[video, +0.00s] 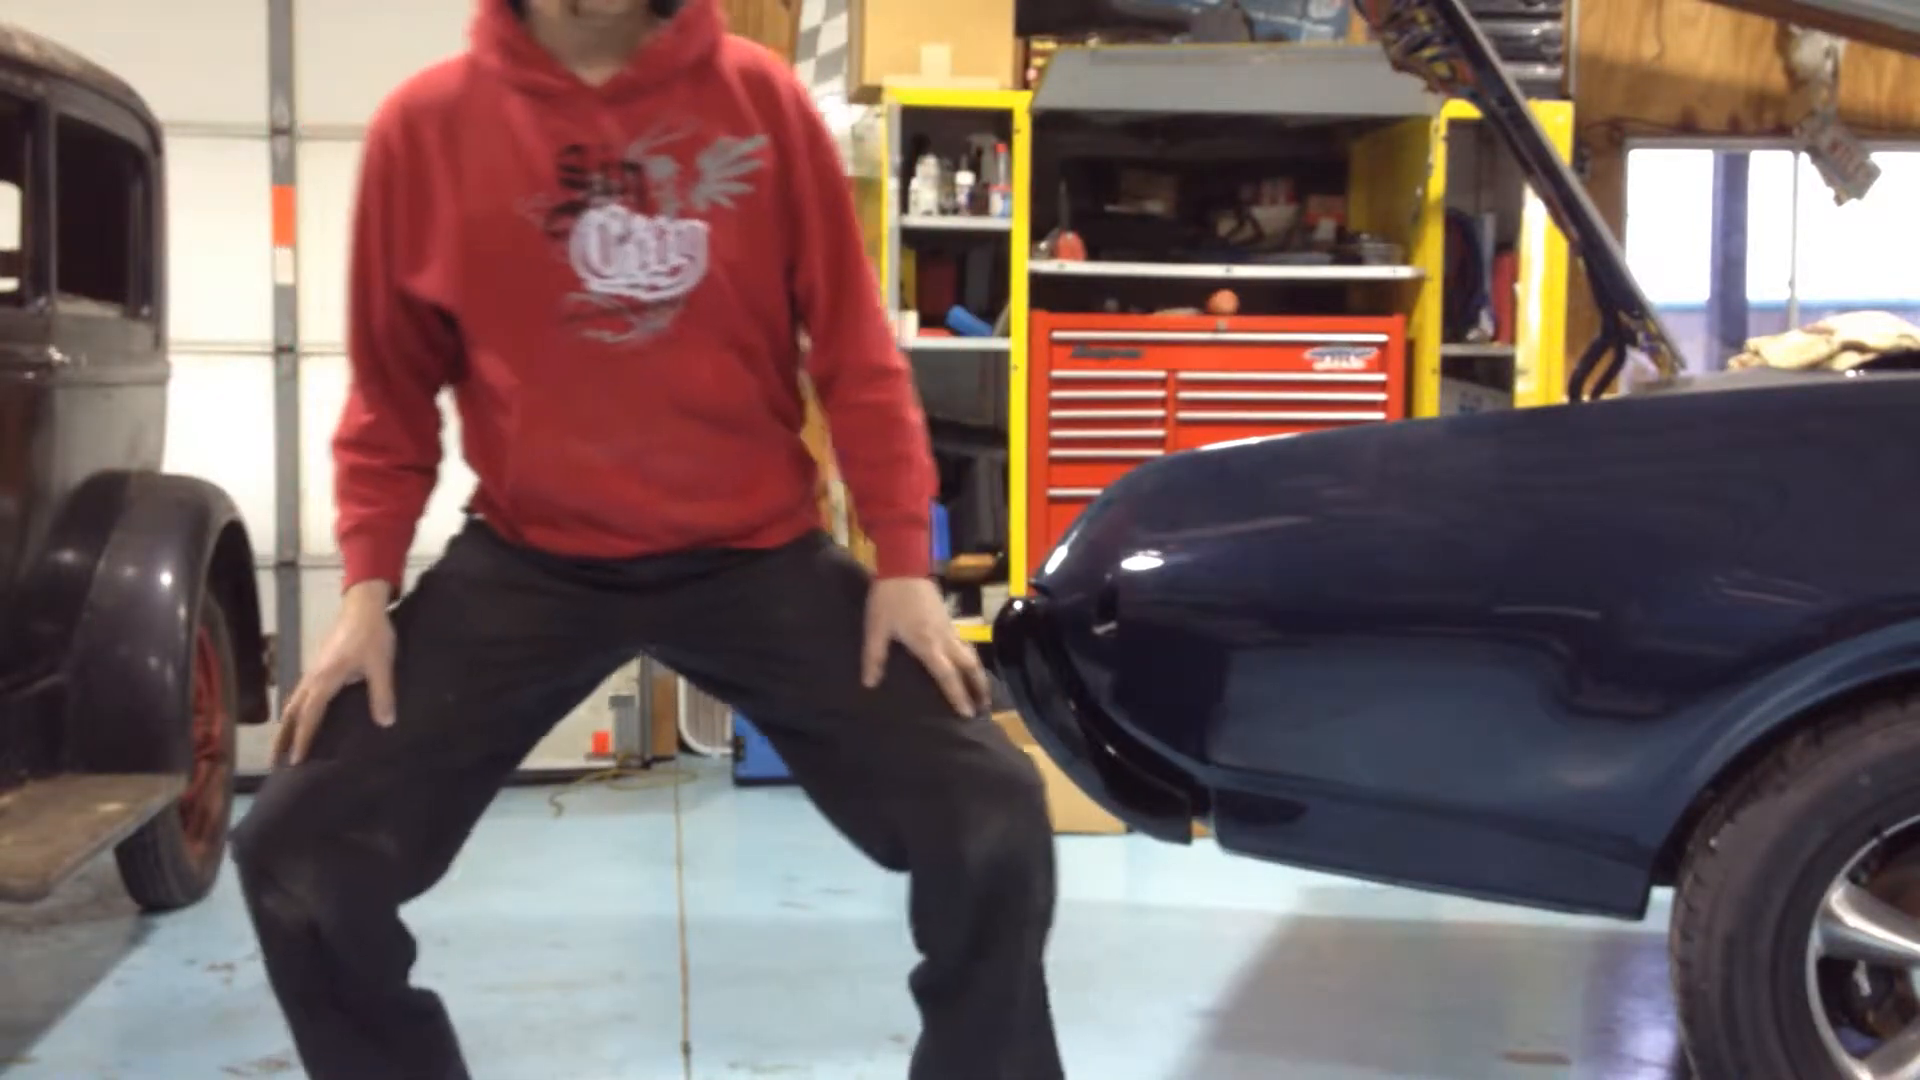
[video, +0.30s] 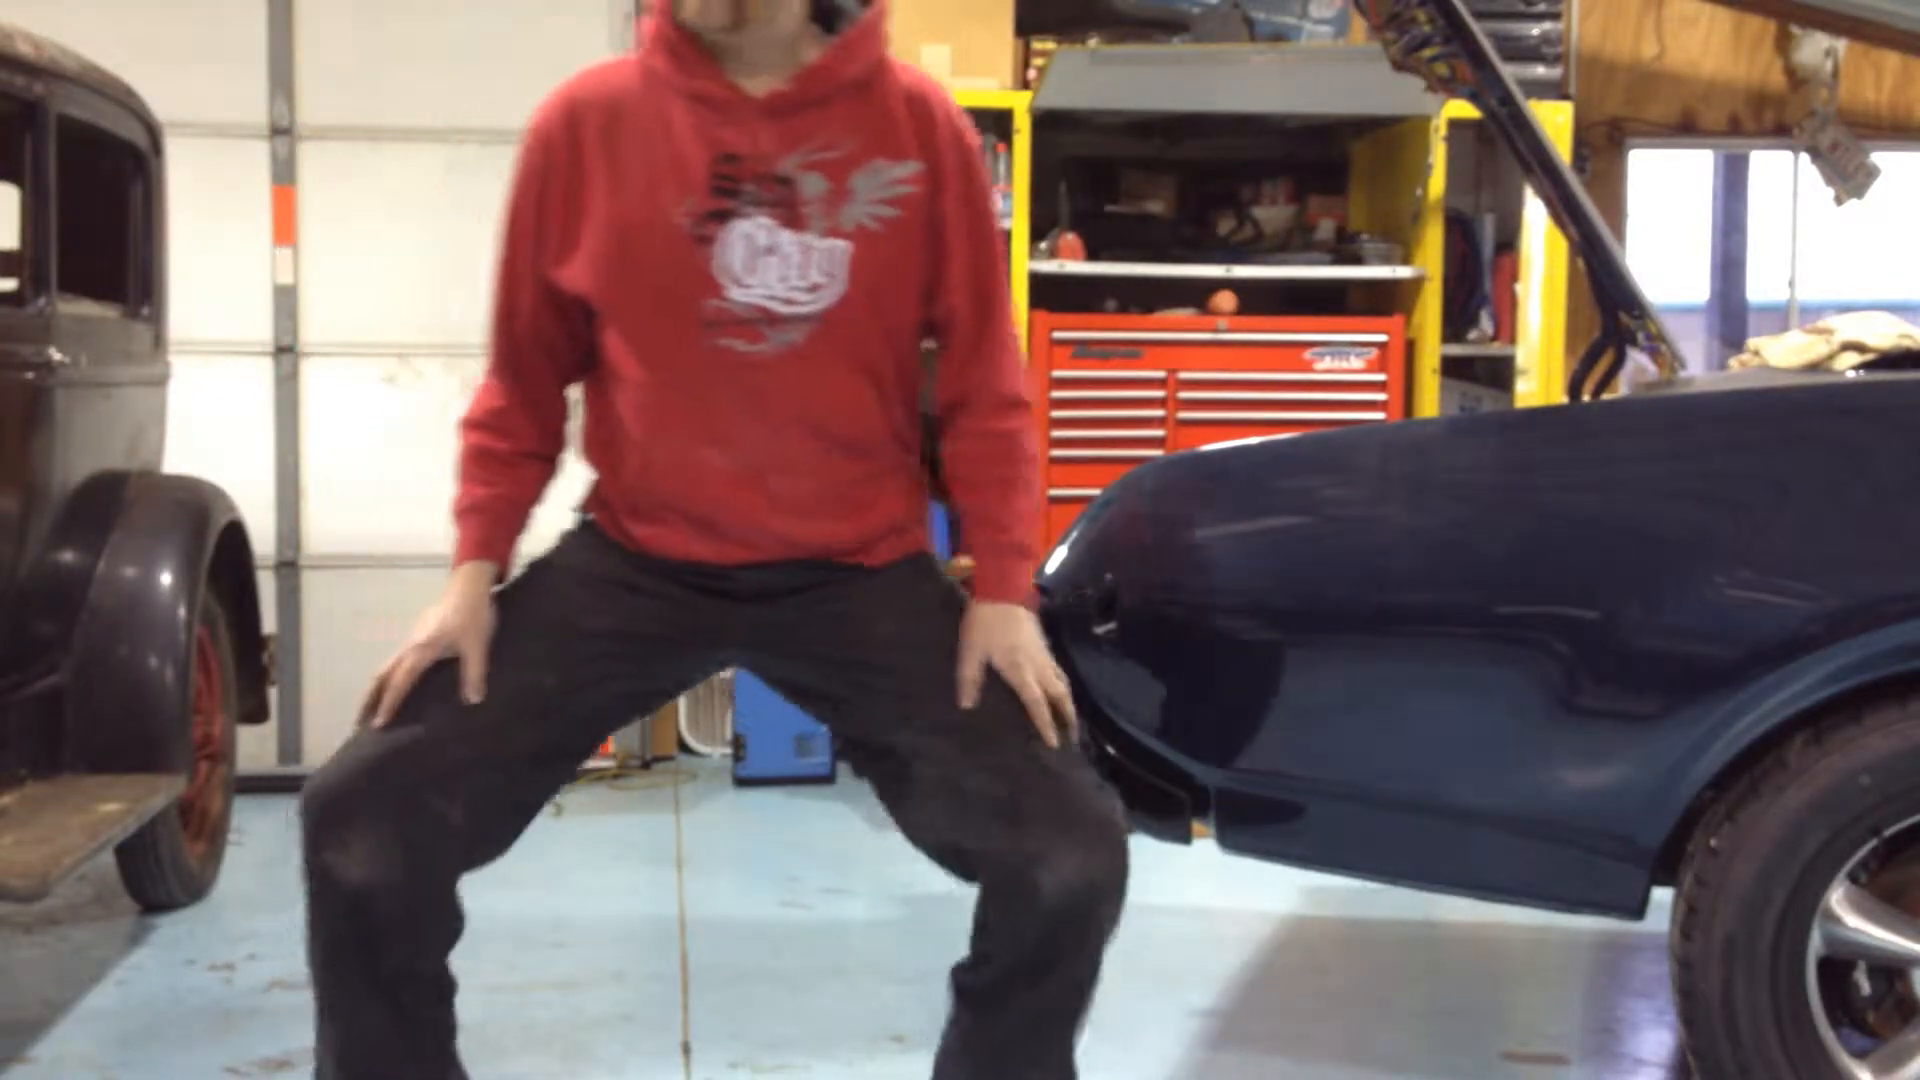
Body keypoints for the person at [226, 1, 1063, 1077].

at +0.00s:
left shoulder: (760, 103)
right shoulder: (427, 126)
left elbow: (854, 342)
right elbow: (390, 382)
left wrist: (905, 563)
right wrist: (366, 586)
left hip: (756, 561)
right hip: (528, 562)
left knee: (991, 821)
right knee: (302, 846)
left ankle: (979, 1071)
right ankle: (406, 1073)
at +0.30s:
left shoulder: (920, 128)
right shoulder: (587, 123)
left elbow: (982, 375)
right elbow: (524, 370)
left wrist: (1004, 588)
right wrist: (474, 570)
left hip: (859, 579)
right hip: (634, 566)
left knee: (1068, 847)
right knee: (366, 816)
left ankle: (996, 1073)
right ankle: (395, 1072)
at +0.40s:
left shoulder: (969, 135)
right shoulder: (637, 123)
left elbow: (1026, 384)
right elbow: (566, 365)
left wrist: (1039, 601)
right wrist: (509, 561)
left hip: (892, 581)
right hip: (668, 564)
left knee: (1083, 857)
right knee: (401, 812)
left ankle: (985, 1073)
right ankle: (390, 1071)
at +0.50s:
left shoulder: (1011, 140)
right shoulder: (675, 123)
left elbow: (1068, 393)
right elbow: (603, 361)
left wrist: (1066, 611)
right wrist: (545, 556)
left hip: (916, 581)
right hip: (694, 562)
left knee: (1101, 862)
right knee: (423, 809)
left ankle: (985, 1075)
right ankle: (401, 1072)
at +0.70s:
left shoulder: (1045, 146)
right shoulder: (712, 122)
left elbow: (1105, 403)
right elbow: (639, 358)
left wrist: (1101, 618)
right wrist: (578, 550)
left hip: (936, 582)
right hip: (715, 560)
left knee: (1125, 853)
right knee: (451, 807)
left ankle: (994, 1072)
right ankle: (409, 1071)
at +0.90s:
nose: (780, 2)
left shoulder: (1025, 145)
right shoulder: (696, 120)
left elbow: (1076, 401)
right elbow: (620, 355)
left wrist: (1078, 624)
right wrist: (556, 544)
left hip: (924, 586)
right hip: (700, 562)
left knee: (1101, 871)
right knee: (431, 800)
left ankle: (982, 1075)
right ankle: (390, 1072)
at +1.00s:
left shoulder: (998, 137)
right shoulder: (666, 118)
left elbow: (1058, 395)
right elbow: (588, 358)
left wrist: (1059, 615)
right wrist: (526, 550)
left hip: (898, 577)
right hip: (675, 557)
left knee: (1088, 858)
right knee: (413, 809)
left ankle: (985, 1073)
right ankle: (371, 1069)